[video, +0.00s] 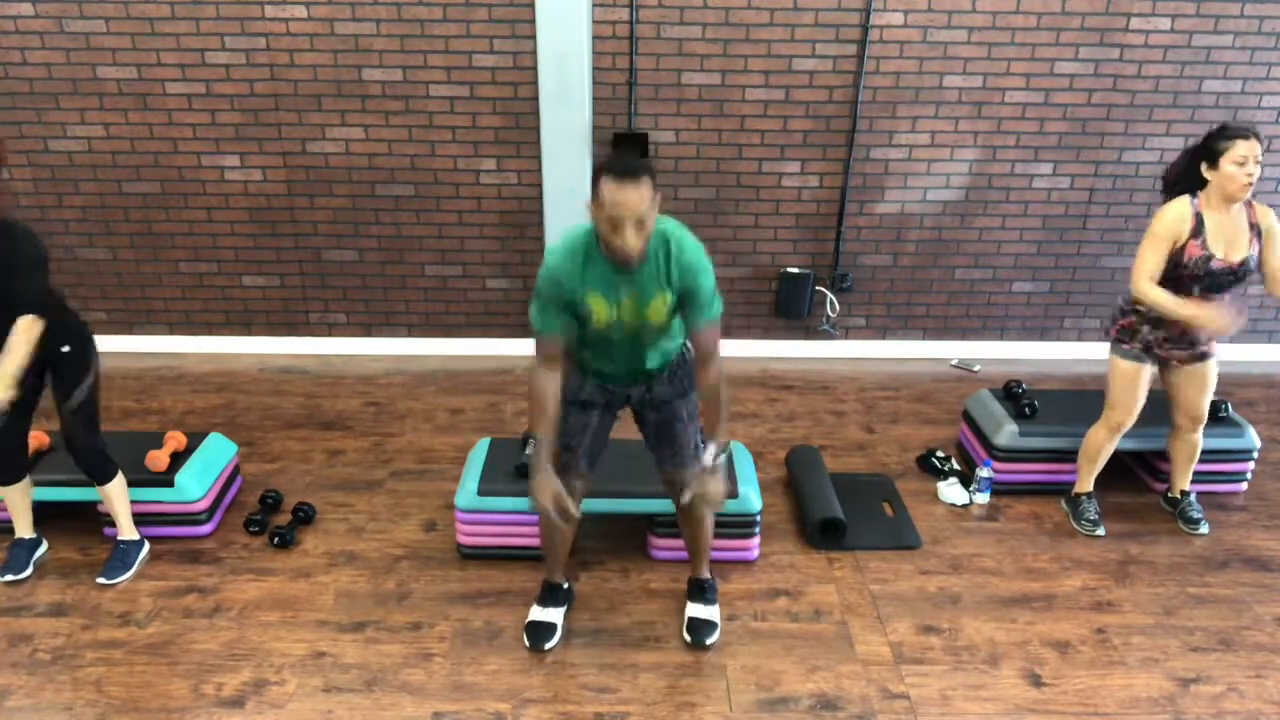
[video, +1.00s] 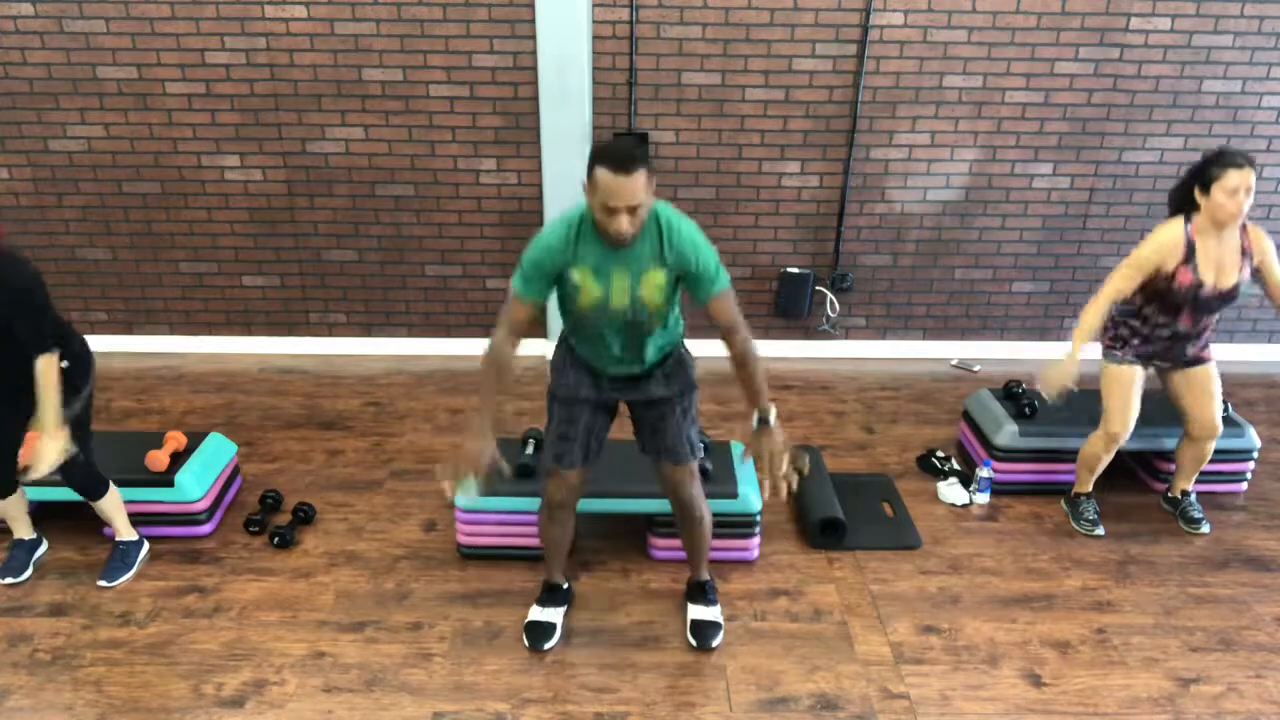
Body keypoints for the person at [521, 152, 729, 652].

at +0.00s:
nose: (629, 238)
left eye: (640, 222)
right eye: (615, 224)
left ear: (656, 209)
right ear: (594, 211)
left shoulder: (685, 255)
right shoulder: (563, 263)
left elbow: (709, 358)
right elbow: (547, 365)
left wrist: (716, 453)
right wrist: (540, 467)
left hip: (665, 372)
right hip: (588, 377)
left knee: (690, 483)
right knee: (561, 483)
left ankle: (702, 583)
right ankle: (554, 586)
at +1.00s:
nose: (622, 224)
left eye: (634, 210)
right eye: (610, 210)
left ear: (651, 192)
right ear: (588, 192)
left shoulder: (680, 238)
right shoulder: (555, 244)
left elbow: (734, 329)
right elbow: (506, 333)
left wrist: (765, 416)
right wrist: (484, 428)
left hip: (659, 367)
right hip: (582, 368)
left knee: (683, 484)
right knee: (561, 486)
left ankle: (701, 586)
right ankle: (554, 588)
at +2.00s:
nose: (622, 303)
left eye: (634, 288)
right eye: (608, 288)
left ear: (652, 271)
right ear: (589, 273)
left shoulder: (683, 306)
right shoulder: (564, 313)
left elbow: (710, 408)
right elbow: (544, 410)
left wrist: (707, 501)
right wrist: (545, 500)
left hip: (663, 395)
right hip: (590, 398)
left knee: (690, 492)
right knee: (558, 497)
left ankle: (704, 584)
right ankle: (556, 585)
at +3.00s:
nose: (629, 172)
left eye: (640, 157)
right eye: (615, 158)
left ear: (655, 156)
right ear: (592, 158)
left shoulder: (685, 216)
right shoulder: (557, 223)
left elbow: (742, 294)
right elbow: (510, 301)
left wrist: (778, 375)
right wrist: (470, 387)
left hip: (662, 363)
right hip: (584, 363)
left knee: (684, 479)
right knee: (566, 482)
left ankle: (708, 584)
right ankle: (554, 588)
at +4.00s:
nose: (629, 361)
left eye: (641, 345)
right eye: (616, 345)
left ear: (656, 327)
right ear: (599, 327)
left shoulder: (685, 350)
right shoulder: (571, 365)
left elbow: (710, 448)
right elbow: (556, 464)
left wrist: (703, 488)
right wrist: (570, 485)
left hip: (665, 427)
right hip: (596, 428)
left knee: (706, 506)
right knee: (553, 510)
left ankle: (709, 589)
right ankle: (554, 591)